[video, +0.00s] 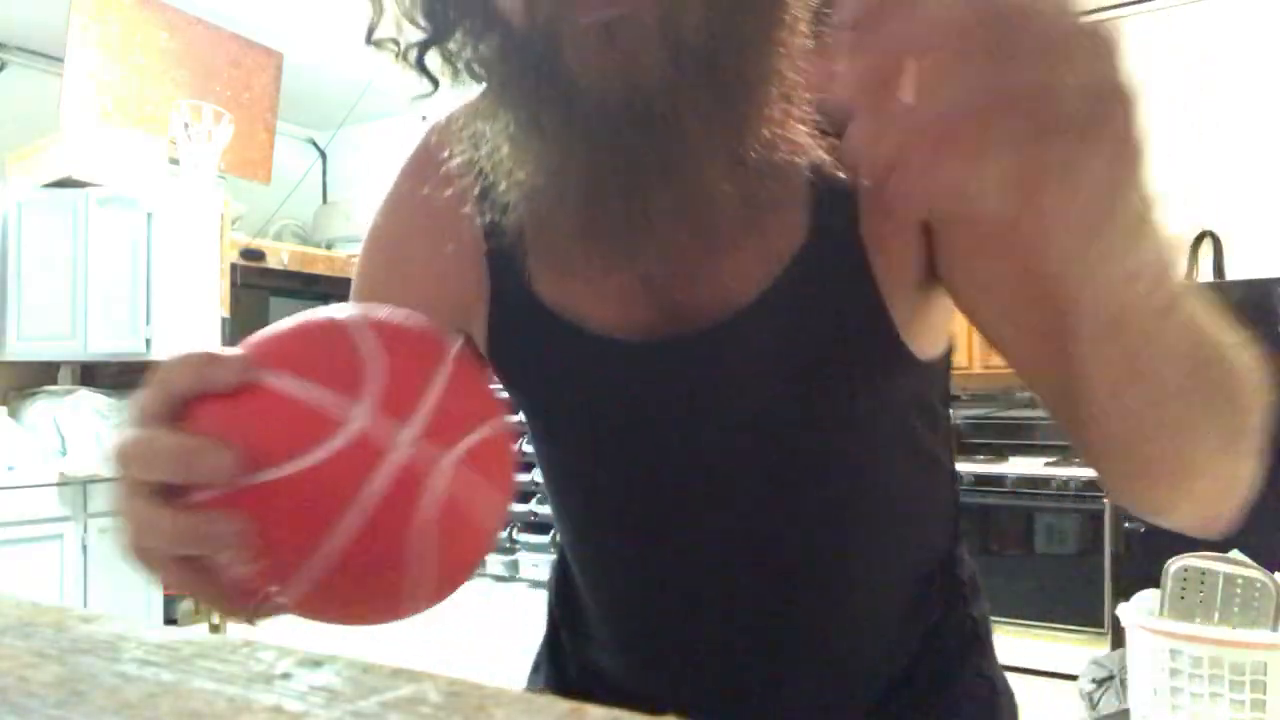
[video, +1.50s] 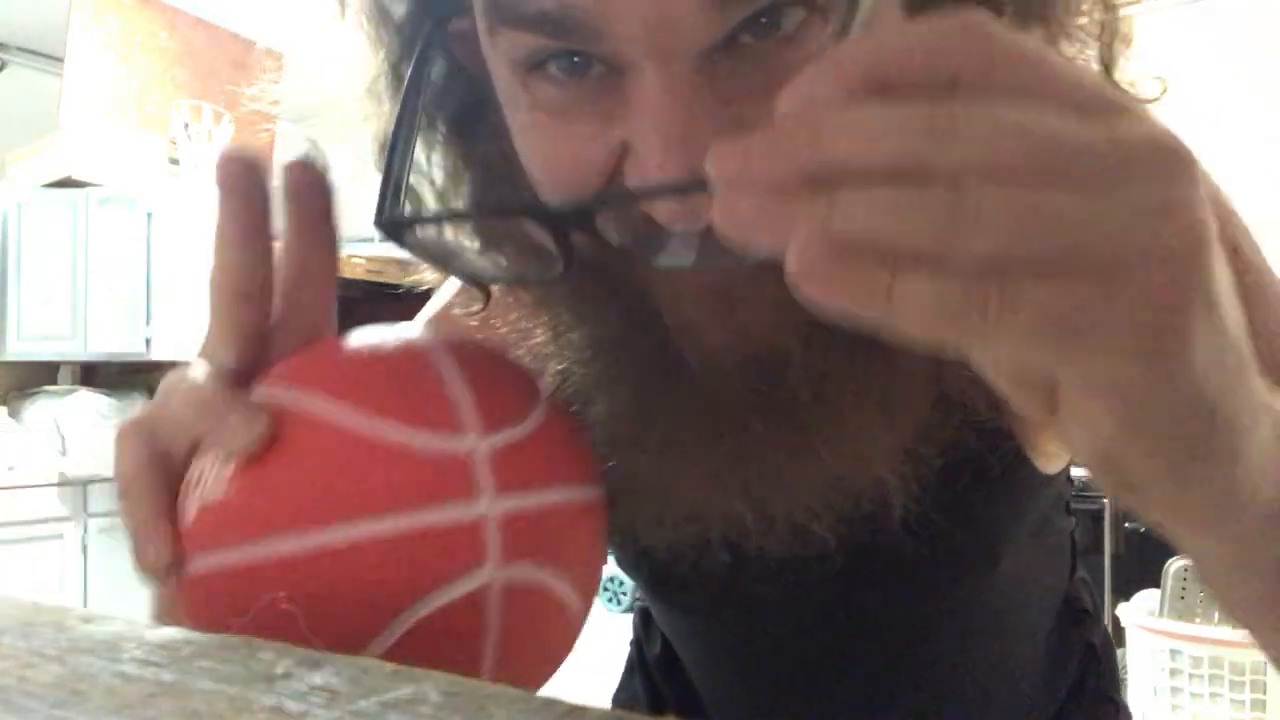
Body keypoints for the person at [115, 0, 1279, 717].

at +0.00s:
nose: (598, 5)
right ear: (477, 19)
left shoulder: (909, 126)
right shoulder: (458, 188)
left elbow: (1206, 488)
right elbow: (365, 495)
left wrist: (1118, 281)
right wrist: (218, 512)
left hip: (897, 673)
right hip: (616, 679)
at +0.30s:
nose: (624, 6)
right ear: (497, 20)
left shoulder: (1035, 101)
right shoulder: (505, 229)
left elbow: (1272, 429)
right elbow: (349, 553)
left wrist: (1221, 35)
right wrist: (187, 560)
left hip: (985, 697)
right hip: (674, 699)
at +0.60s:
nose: (654, 53)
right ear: (482, 32)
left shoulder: (1052, 151)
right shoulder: (520, 265)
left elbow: (1272, 461)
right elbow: (364, 595)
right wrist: (177, 575)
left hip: (1018, 696)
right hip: (705, 699)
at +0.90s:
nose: (647, 135)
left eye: (736, 6)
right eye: (537, 24)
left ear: (885, 7)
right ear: (447, 61)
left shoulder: (1053, 228)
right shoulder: (504, 338)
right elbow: (355, 624)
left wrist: (1243, 187)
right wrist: (194, 594)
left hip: (1022, 704)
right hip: (699, 708)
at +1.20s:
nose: (659, 158)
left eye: (746, 13)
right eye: (543, 43)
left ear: (895, 13)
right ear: (459, 75)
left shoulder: (1047, 250)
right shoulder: (500, 356)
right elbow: (346, 637)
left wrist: (1239, 252)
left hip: (1016, 705)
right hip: (694, 709)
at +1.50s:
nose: (673, 161)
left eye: (758, 33)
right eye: (567, 63)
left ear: (922, 27)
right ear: (475, 74)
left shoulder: (1073, 253)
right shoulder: (557, 332)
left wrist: (1237, 474)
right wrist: (310, 554)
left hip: (1021, 675)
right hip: (697, 679)